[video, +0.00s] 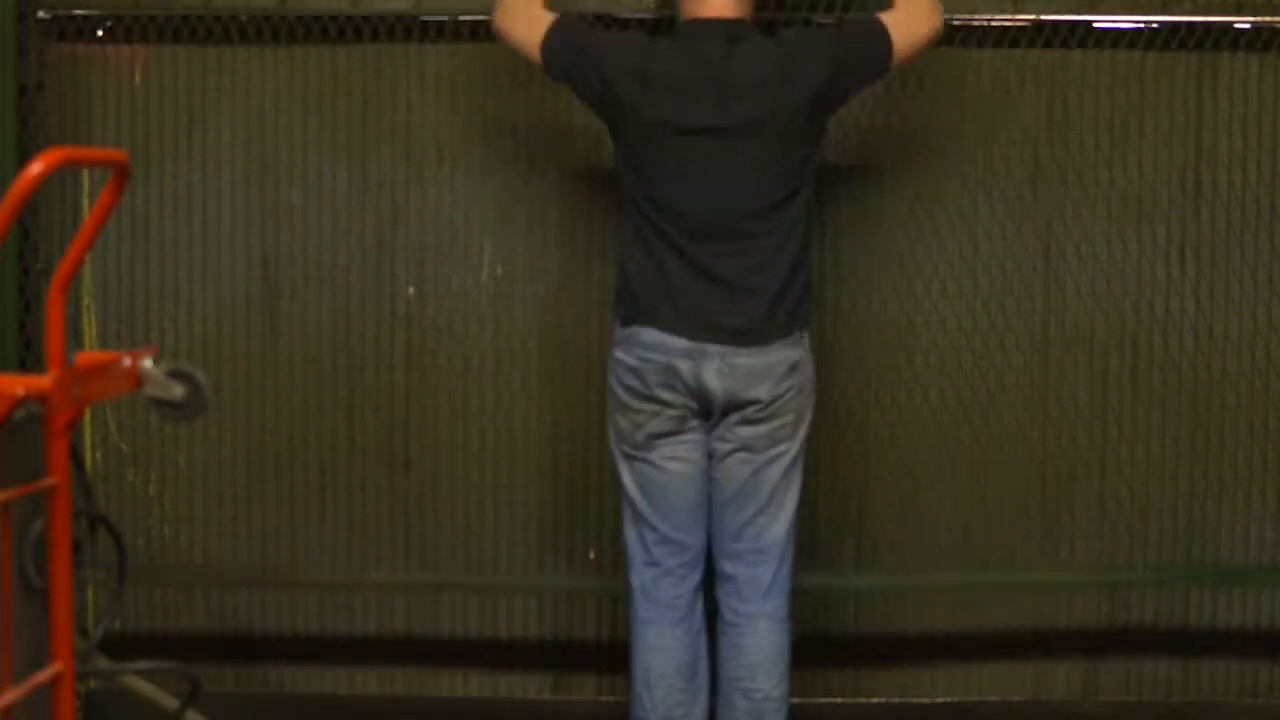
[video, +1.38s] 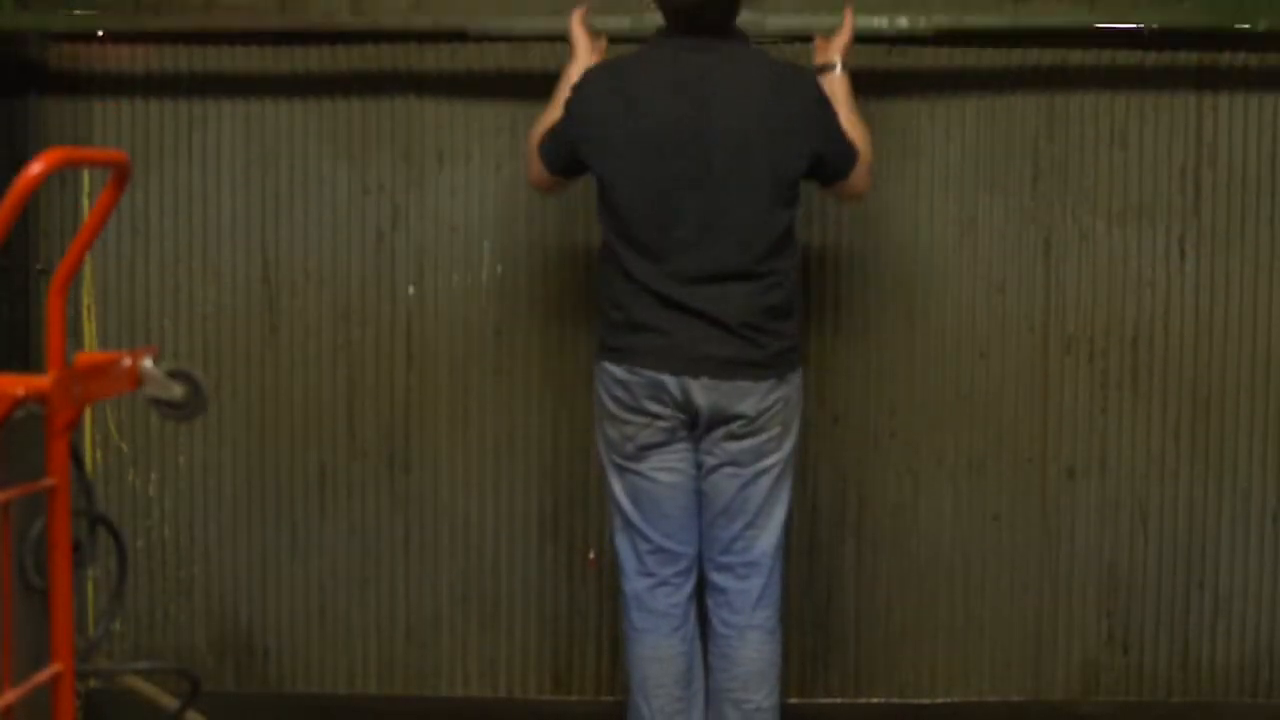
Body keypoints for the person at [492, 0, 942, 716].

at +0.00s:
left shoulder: (629, 65)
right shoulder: (802, 64)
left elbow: (516, 16)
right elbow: (920, 16)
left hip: (653, 337)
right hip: (764, 343)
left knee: (663, 571)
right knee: (755, 574)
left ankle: (668, 714)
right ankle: (754, 713)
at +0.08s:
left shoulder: (629, 68)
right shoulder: (804, 69)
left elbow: (483, 84)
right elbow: (952, 75)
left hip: (651, 338)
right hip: (764, 345)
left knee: (661, 572)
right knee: (753, 574)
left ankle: (667, 714)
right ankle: (752, 713)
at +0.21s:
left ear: (668, 4)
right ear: (746, 3)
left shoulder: (627, 84)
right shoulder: (792, 85)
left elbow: (547, 212)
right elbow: (885, 211)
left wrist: (441, 239)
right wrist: (988, 206)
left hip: (647, 345)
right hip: (760, 355)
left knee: (659, 574)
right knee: (750, 578)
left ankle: (666, 718)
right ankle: (750, 718)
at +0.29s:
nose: (674, 11)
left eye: (666, 6)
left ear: (664, 10)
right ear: (740, 10)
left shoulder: (616, 98)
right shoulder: (794, 98)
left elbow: (570, 249)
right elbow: (843, 251)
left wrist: (512, 359)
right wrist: (914, 339)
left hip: (641, 352)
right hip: (757, 363)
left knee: (658, 575)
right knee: (747, 577)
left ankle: (665, 714)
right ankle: (745, 712)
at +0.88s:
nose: (654, 12)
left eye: (657, 7)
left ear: (660, 13)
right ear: (742, 13)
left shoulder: (606, 96)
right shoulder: (794, 97)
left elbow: (589, 255)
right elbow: (812, 264)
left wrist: (578, 268)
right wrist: (828, 270)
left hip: (635, 367)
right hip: (753, 371)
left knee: (654, 586)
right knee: (744, 587)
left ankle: (665, 717)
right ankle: (745, 716)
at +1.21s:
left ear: (659, 5)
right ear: (738, 5)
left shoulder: (606, 91)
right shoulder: (790, 93)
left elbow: (566, 230)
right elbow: (824, 236)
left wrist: (623, 163)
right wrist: (824, 145)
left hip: (637, 367)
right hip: (753, 371)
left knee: (656, 583)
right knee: (744, 585)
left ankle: (664, 716)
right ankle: (744, 716)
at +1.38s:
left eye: (671, 2)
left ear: (663, 7)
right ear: (735, 6)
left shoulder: (614, 88)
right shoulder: (783, 90)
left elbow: (545, 167)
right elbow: (853, 174)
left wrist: (578, 71)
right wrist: (834, 76)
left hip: (638, 364)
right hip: (752, 368)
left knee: (656, 580)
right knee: (744, 581)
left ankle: (665, 716)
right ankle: (745, 715)